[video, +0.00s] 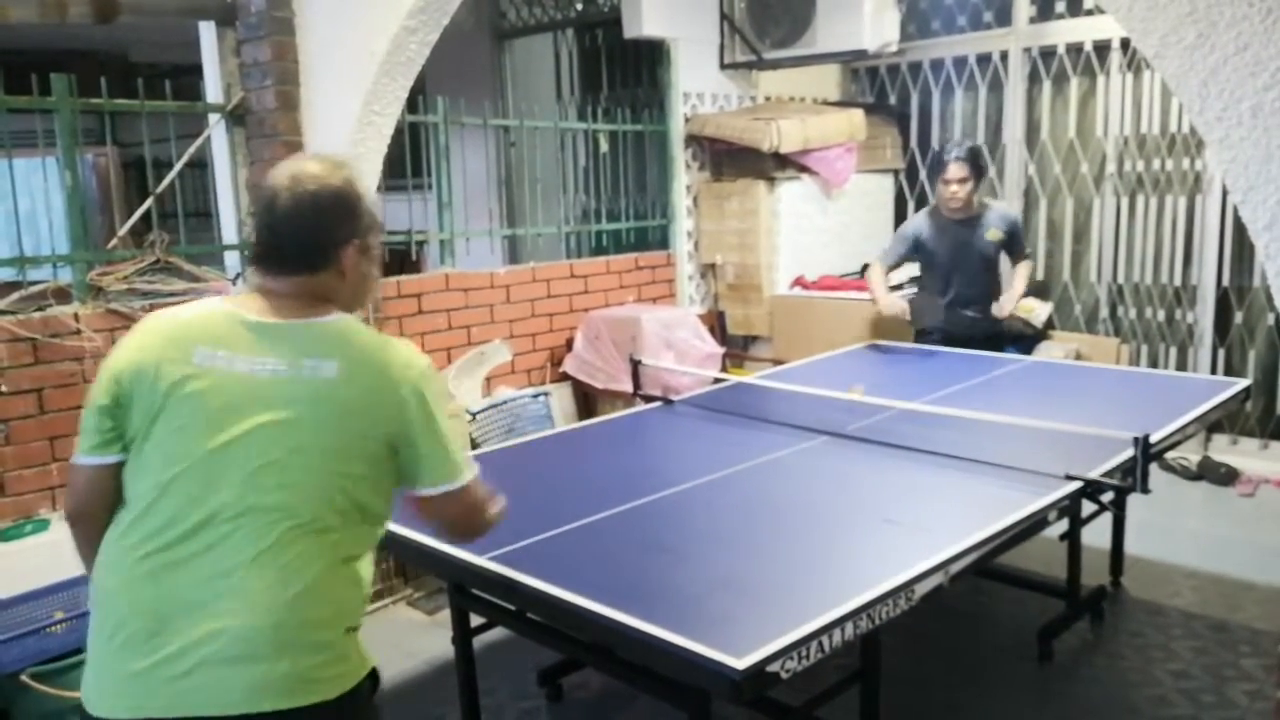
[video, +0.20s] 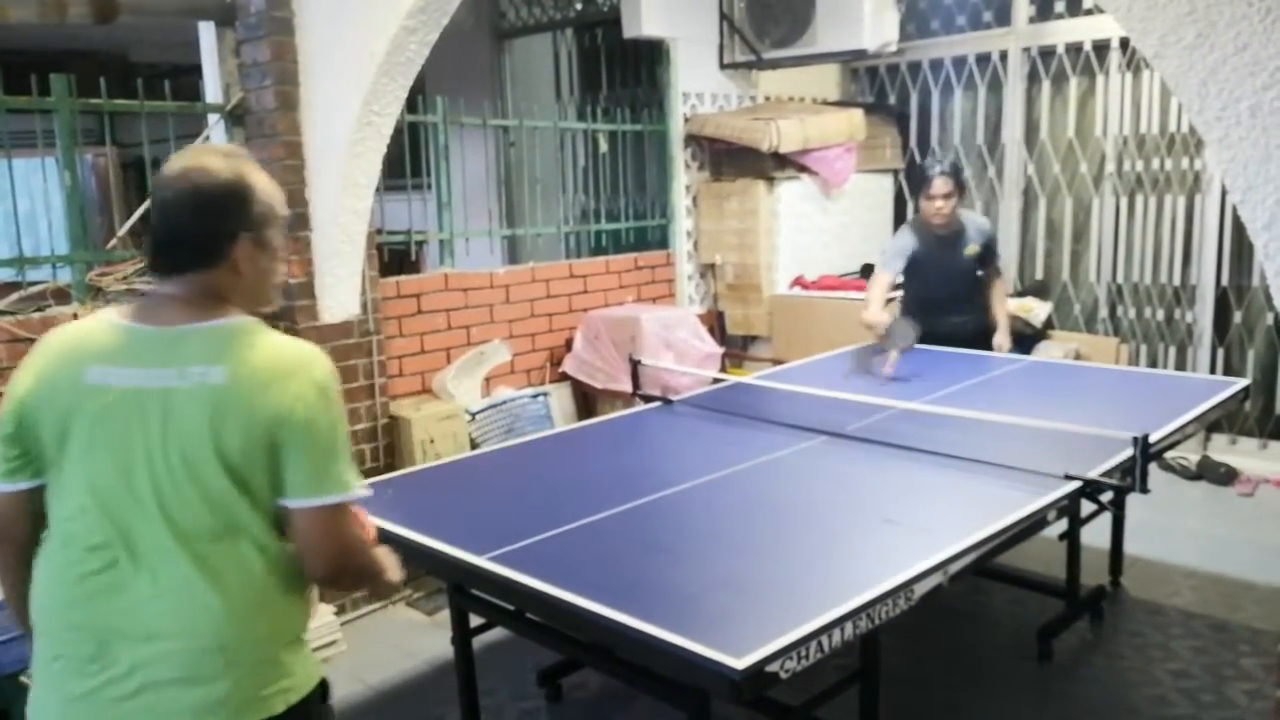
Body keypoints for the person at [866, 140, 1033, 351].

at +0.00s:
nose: (954, 191)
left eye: (962, 182)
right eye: (945, 182)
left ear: (977, 182)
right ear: (935, 183)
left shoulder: (1002, 220)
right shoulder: (919, 226)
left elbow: (1021, 260)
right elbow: (877, 267)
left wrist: (1012, 295)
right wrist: (884, 299)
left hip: (985, 333)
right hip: (935, 332)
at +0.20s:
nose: (939, 205)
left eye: (947, 197)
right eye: (930, 198)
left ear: (958, 197)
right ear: (918, 200)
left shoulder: (979, 229)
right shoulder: (908, 236)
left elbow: (994, 278)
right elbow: (883, 275)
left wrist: (1002, 328)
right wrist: (874, 311)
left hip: (973, 336)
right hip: (924, 338)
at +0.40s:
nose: (935, 213)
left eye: (943, 204)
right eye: (925, 205)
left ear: (954, 202)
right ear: (913, 205)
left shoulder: (972, 231)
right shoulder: (904, 238)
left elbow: (987, 279)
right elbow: (883, 275)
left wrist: (998, 323)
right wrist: (863, 305)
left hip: (965, 327)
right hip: (916, 328)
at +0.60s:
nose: (940, 200)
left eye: (948, 191)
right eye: (931, 192)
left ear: (961, 190)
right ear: (918, 194)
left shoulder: (979, 225)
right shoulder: (906, 233)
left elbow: (989, 271)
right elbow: (865, 273)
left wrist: (1000, 318)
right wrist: (851, 310)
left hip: (968, 326)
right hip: (919, 327)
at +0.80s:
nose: (944, 194)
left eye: (952, 185)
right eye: (935, 186)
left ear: (966, 187)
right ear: (923, 189)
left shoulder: (989, 229)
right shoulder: (907, 233)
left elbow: (1005, 277)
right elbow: (864, 273)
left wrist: (1007, 329)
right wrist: (848, 309)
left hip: (976, 344)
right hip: (923, 345)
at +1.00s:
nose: (930, 187)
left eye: (938, 179)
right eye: (921, 180)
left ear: (954, 180)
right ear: (911, 184)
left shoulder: (981, 223)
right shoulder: (899, 228)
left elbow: (1000, 272)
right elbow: (859, 268)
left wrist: (1002, 319)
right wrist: (836, 303)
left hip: (973, 344)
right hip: (920, 343)